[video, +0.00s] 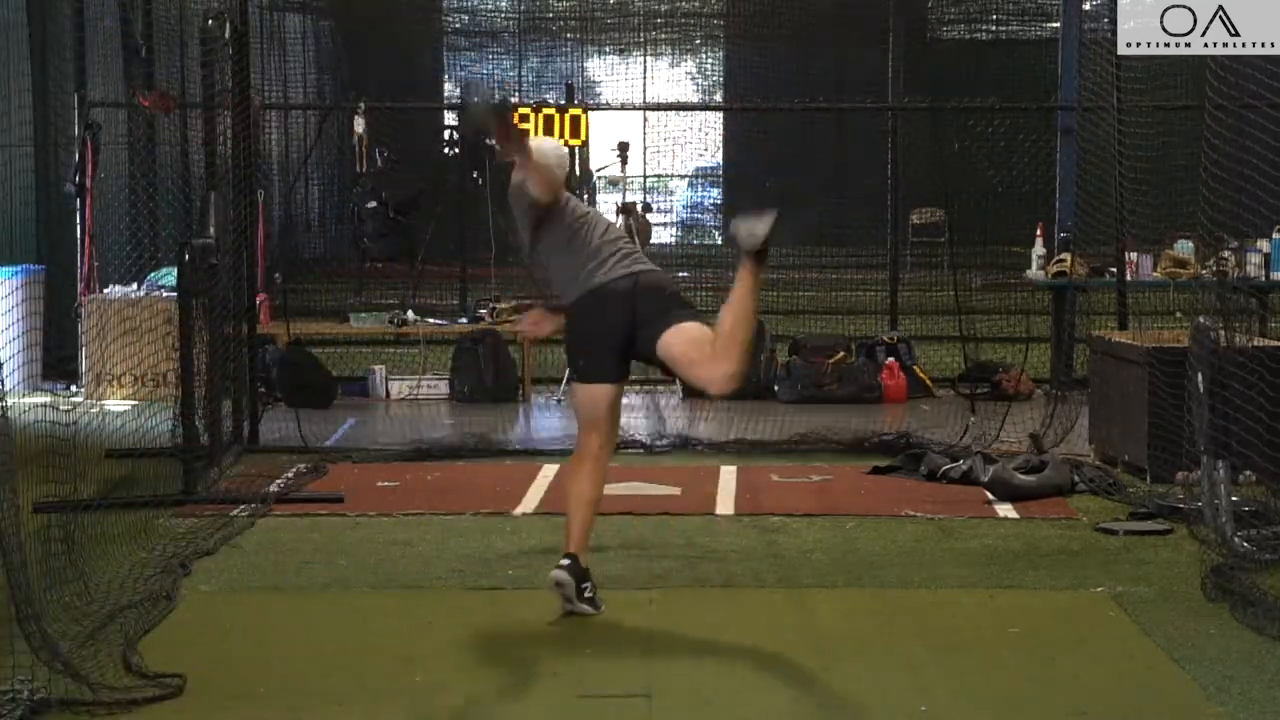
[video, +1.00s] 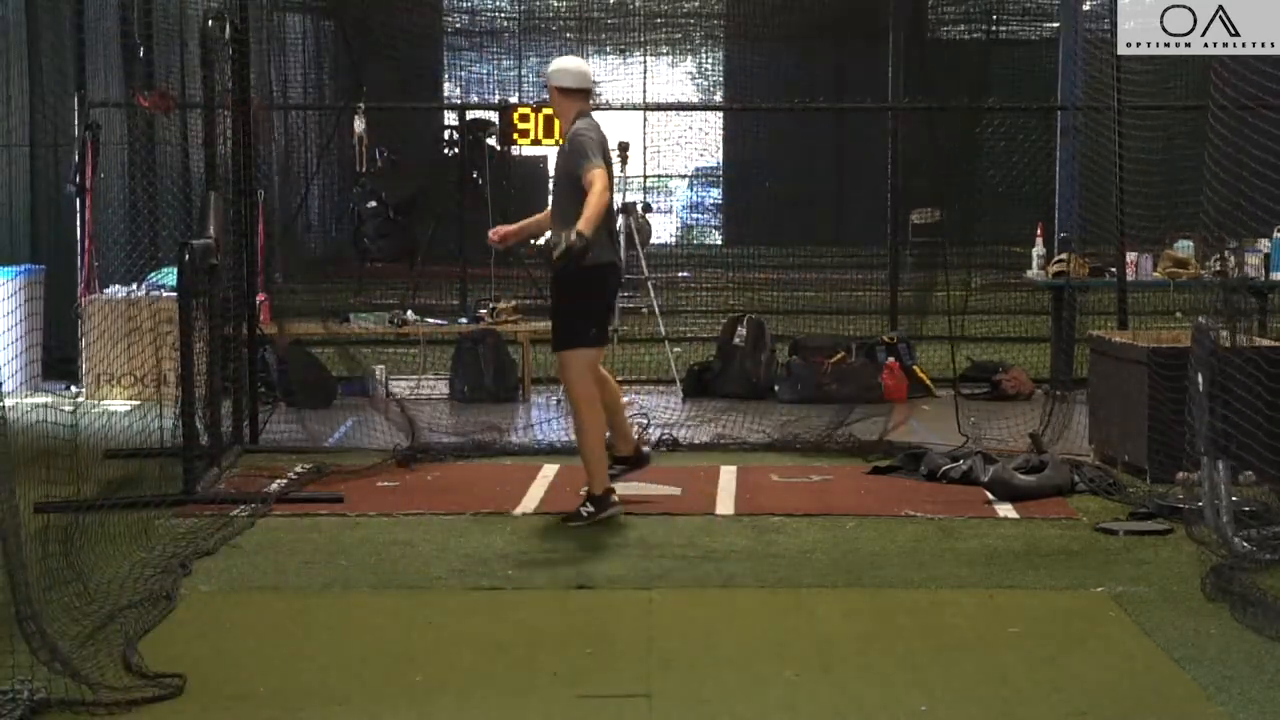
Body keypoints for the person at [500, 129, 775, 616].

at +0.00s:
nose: (501, 157)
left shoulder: (524, 185)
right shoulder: (550, 210)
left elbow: (550, 182)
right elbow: (606, 277)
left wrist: (526, 152)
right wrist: (561, 315)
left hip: (597, 306)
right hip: (647, 288)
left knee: (593, 443)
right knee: (720, 376)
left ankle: (574, 561)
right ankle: (751, 257)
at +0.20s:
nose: (547, 116)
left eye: (547, 111)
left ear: (549, 113)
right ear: (592, 120)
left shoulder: (532, 134)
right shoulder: (614, 163)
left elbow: (453, 104)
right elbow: (677, 221)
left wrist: (448, 87)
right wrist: (654, 271)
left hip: (596, 276)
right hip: (644, 276)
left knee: (606, 418)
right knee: (667, 374)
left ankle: (605, 530)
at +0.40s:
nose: (568, 132)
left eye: (565, 125)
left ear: (564, 127)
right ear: (606, 128)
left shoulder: (547, 182)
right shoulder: (633, 180)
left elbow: (525, 262)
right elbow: (680, 239)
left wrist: (522, 327)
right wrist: (709, 287)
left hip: (598, 307)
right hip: (639, 302)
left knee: (609, 423)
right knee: (610, 423)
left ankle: (676, 429)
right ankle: (646, 525)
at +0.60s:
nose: (546, 88)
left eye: (546, 82)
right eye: (554, 83)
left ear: (547, 85)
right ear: (586, 84)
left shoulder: (561, 131)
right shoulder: (604, 126)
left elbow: (591, 188)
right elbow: (646, 176)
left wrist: (574, 262)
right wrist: (624, 215)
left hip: (605, 261)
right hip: (640, 260)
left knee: (576, 374)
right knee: (639, 374)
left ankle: (630, 477)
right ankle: (648, 488)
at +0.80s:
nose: (548, 91)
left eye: (548, 85)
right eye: (551, 85)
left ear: (553, 87)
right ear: (588, 85)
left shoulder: (576, 123)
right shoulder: (588, 126)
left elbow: (611, 155)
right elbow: (591, 197)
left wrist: (577, 198)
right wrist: (547, 211)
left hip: (583, 265)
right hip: (611, 262)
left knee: (577, 380)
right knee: (615, 372)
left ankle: (597, 492)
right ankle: (677, 465)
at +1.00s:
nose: (549, 99)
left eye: (550, 93)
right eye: (552, 93)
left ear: (556, 94)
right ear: (587, 93)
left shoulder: (583, 134)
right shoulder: (579, 136)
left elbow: (600, 190)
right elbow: (564, 206)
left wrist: (578, 235)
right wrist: (519, 229)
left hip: (582, 264)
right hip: (590, 264)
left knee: (577, 374)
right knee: (589, 366)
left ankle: (599, 493)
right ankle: (626, 448)